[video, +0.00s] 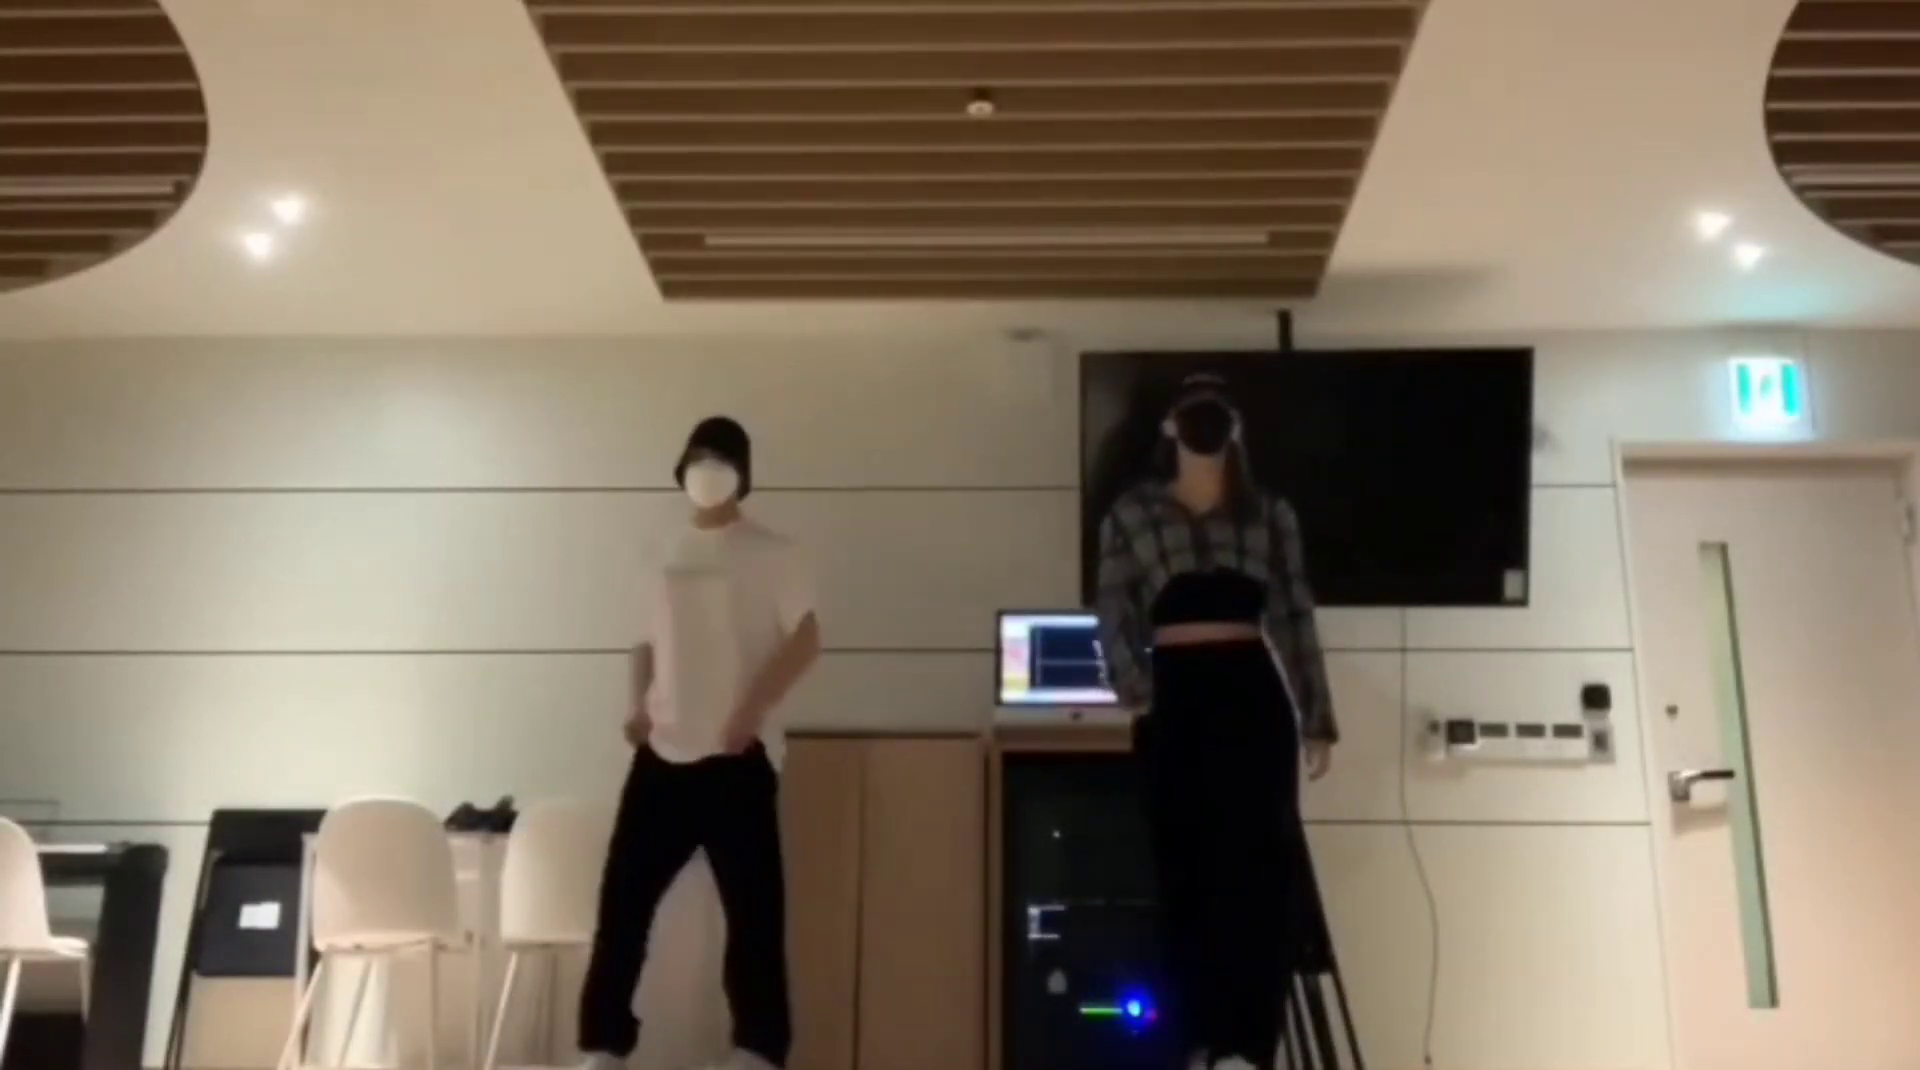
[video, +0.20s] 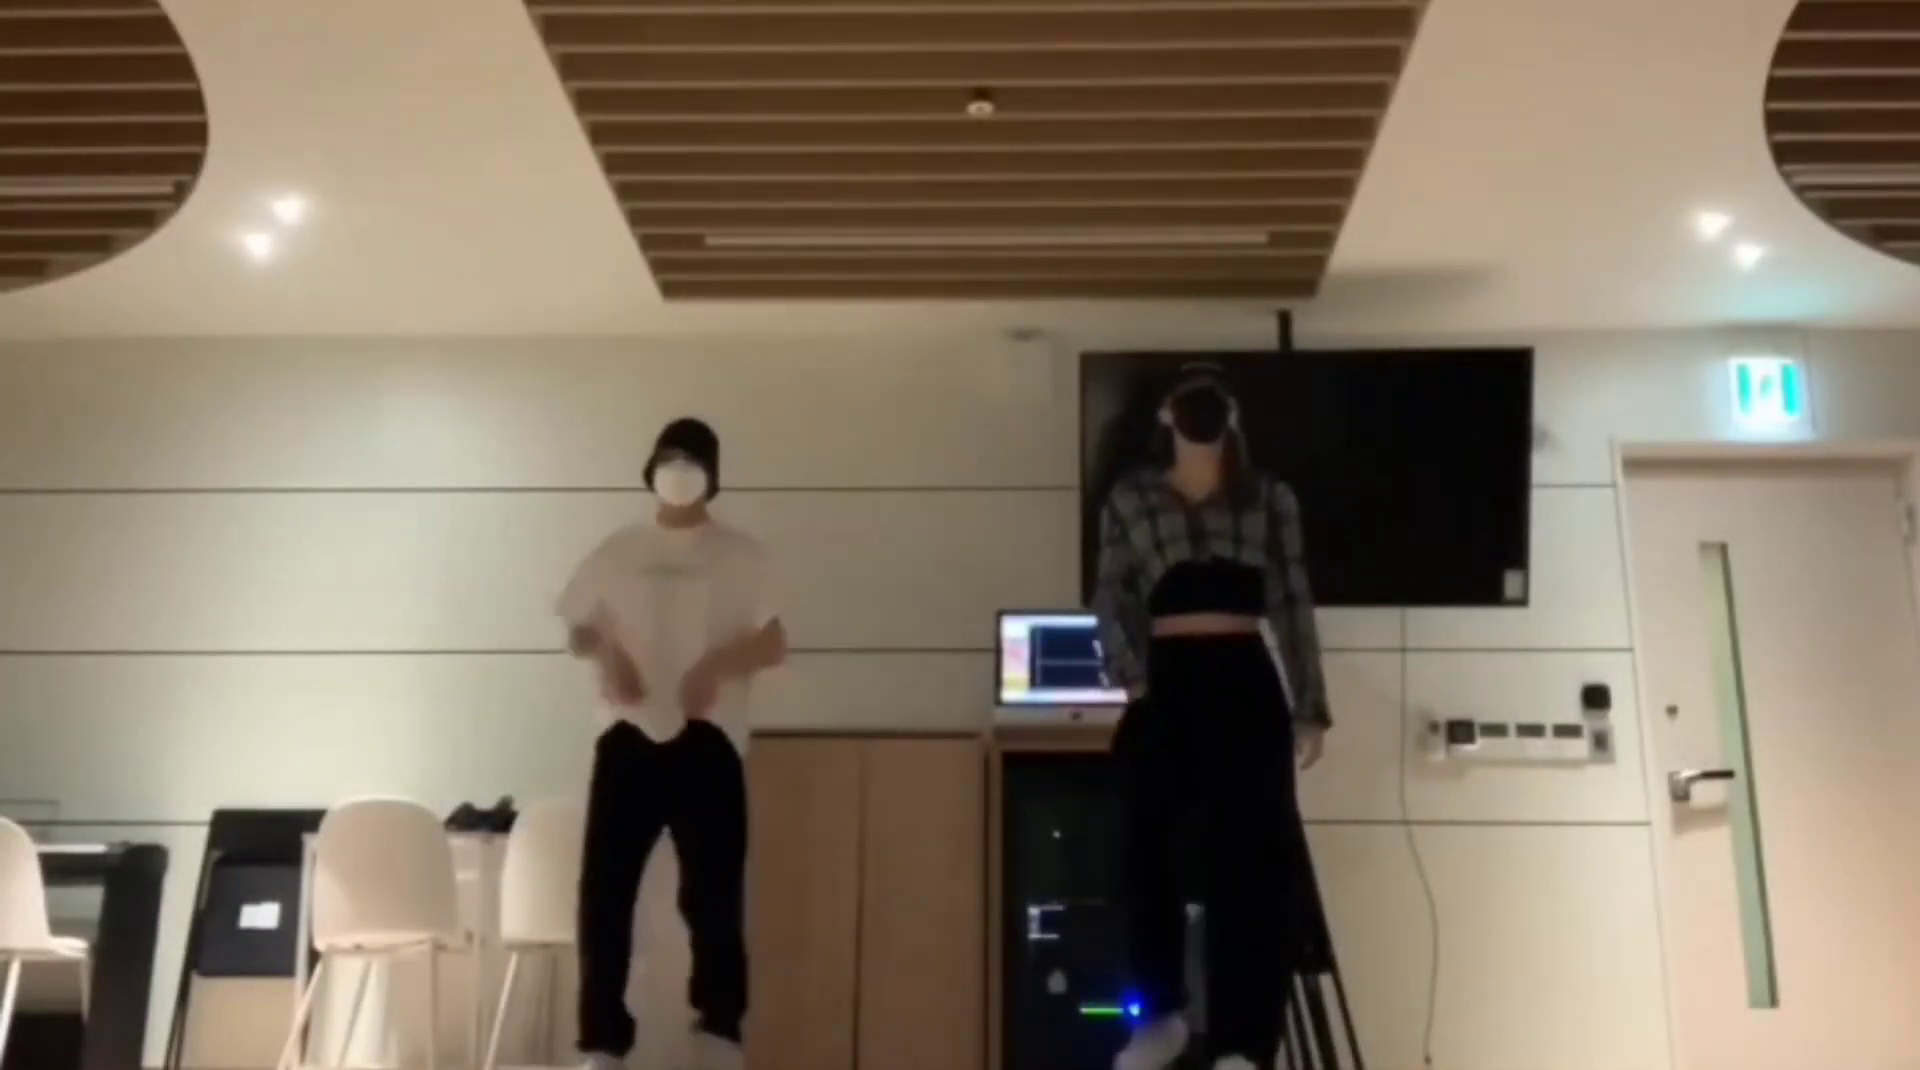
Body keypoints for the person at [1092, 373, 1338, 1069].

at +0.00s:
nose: (1207, 422)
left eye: (1218, 410)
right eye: (1193, 411)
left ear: (1237, 428)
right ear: (1169, 428)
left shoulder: (1270, 514)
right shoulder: (1132, 515)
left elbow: (1295, 618)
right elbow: (1112, 611)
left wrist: (1316, 713)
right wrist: (1135, 690)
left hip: (1255, 702)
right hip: (1176, 704)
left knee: (1259, 867)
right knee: (1187, 868)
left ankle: (1251, 1040)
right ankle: (1197, 1037)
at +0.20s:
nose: (1204, 416)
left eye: (1215, 405)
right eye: (1191, 404)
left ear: (1234, 419)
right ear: (1165, 418)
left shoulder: (1270, 500)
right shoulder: (1131, 500)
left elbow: (1293, 604)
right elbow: (1109, 594)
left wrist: (1310, 703)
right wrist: (1134, 678)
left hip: (1248, 695)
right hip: (1168, 696)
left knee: (1252, 869)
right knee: (1152, 859)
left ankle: (1241, 1042)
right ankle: (1161, 1015)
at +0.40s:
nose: (1183, 401)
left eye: (1190, 390)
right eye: (1174, 390)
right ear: (1153, 407)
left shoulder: (1253, 489)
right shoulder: (1112, 486)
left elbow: (1281, 589)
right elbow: (1090, 584)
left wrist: (1306, 684)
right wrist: (1120, 663)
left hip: (1227, 682)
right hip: (1146, 683)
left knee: (1243, 859)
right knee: (1122, 854)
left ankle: (1242, 1043)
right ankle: (1103, 1033)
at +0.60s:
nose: (1169, 405)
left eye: (1181, 393)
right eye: (1155, 393)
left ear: (1202, 408)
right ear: (1128, 408)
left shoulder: (1235, 488)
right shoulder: (1093, 487)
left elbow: (1262, 594)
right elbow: (1060, 583)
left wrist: (1288, 696)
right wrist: (1101, 649)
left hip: (1203, 690)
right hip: (1122, 691)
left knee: (1199, 860)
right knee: (1115, 859)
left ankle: (1194, 1032)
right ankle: (1104, 1034)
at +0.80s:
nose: (1169, 410)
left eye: (1181, 397)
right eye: (1153, 399)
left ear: (1201, 413)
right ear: (1129, 417)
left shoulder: (1228, 494)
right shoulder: (1096, 493)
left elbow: (1244, 586)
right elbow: (1056, 585)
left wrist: (1237, 634)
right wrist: (1085, 678)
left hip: (1202, 689)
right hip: (1123, 688)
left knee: (1194, 829)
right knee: (1108, 839)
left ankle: (1186, 971)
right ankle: (1100, 993)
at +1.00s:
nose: (1177, 418)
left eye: (1188, 407)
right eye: (1163, 407)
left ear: (1207, 423)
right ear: (1137, 424)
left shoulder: (1229, 497)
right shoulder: (1100, 506)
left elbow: (1260, 561)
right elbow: (1068, 596)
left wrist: (1309, 573)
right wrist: (1092, 652)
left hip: (1222, 698)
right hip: (1134, 700)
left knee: (1291, 852)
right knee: (1083, 858)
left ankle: (1405, 1032)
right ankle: (1090, 1035)